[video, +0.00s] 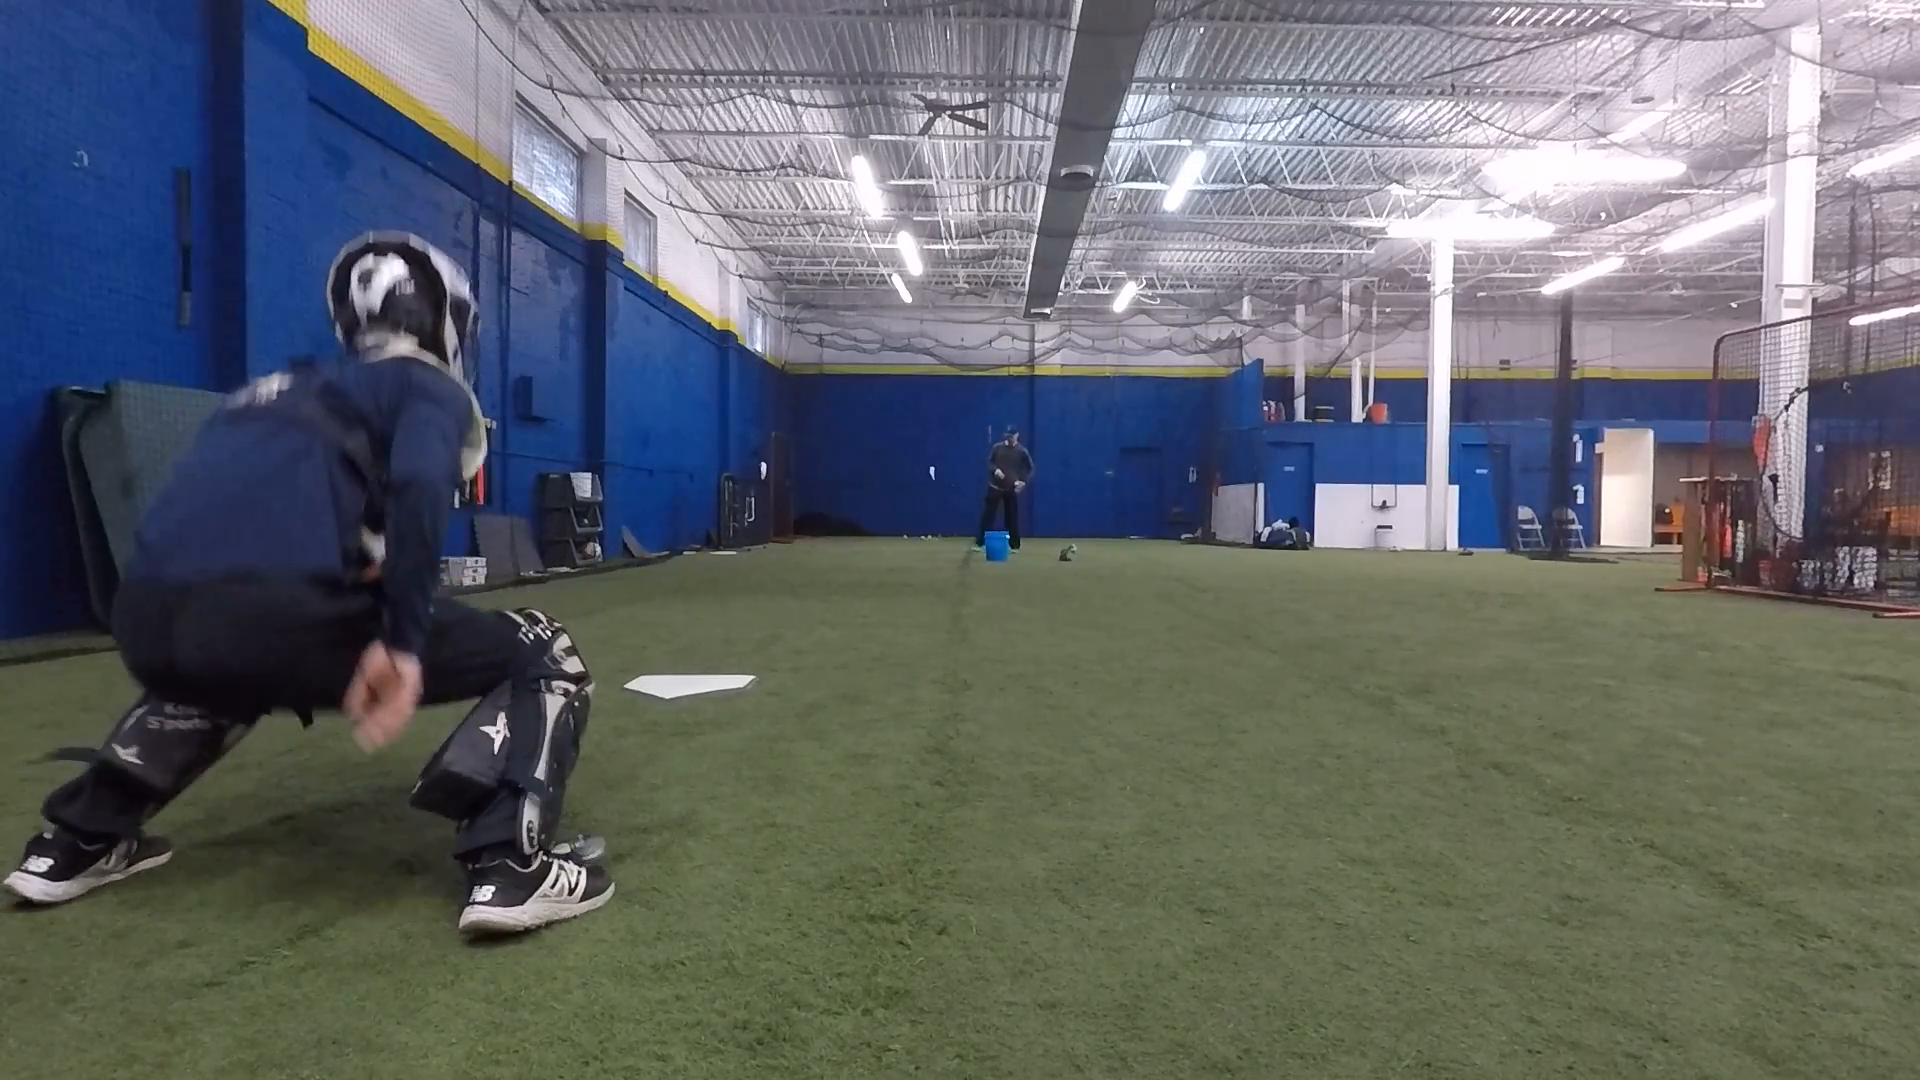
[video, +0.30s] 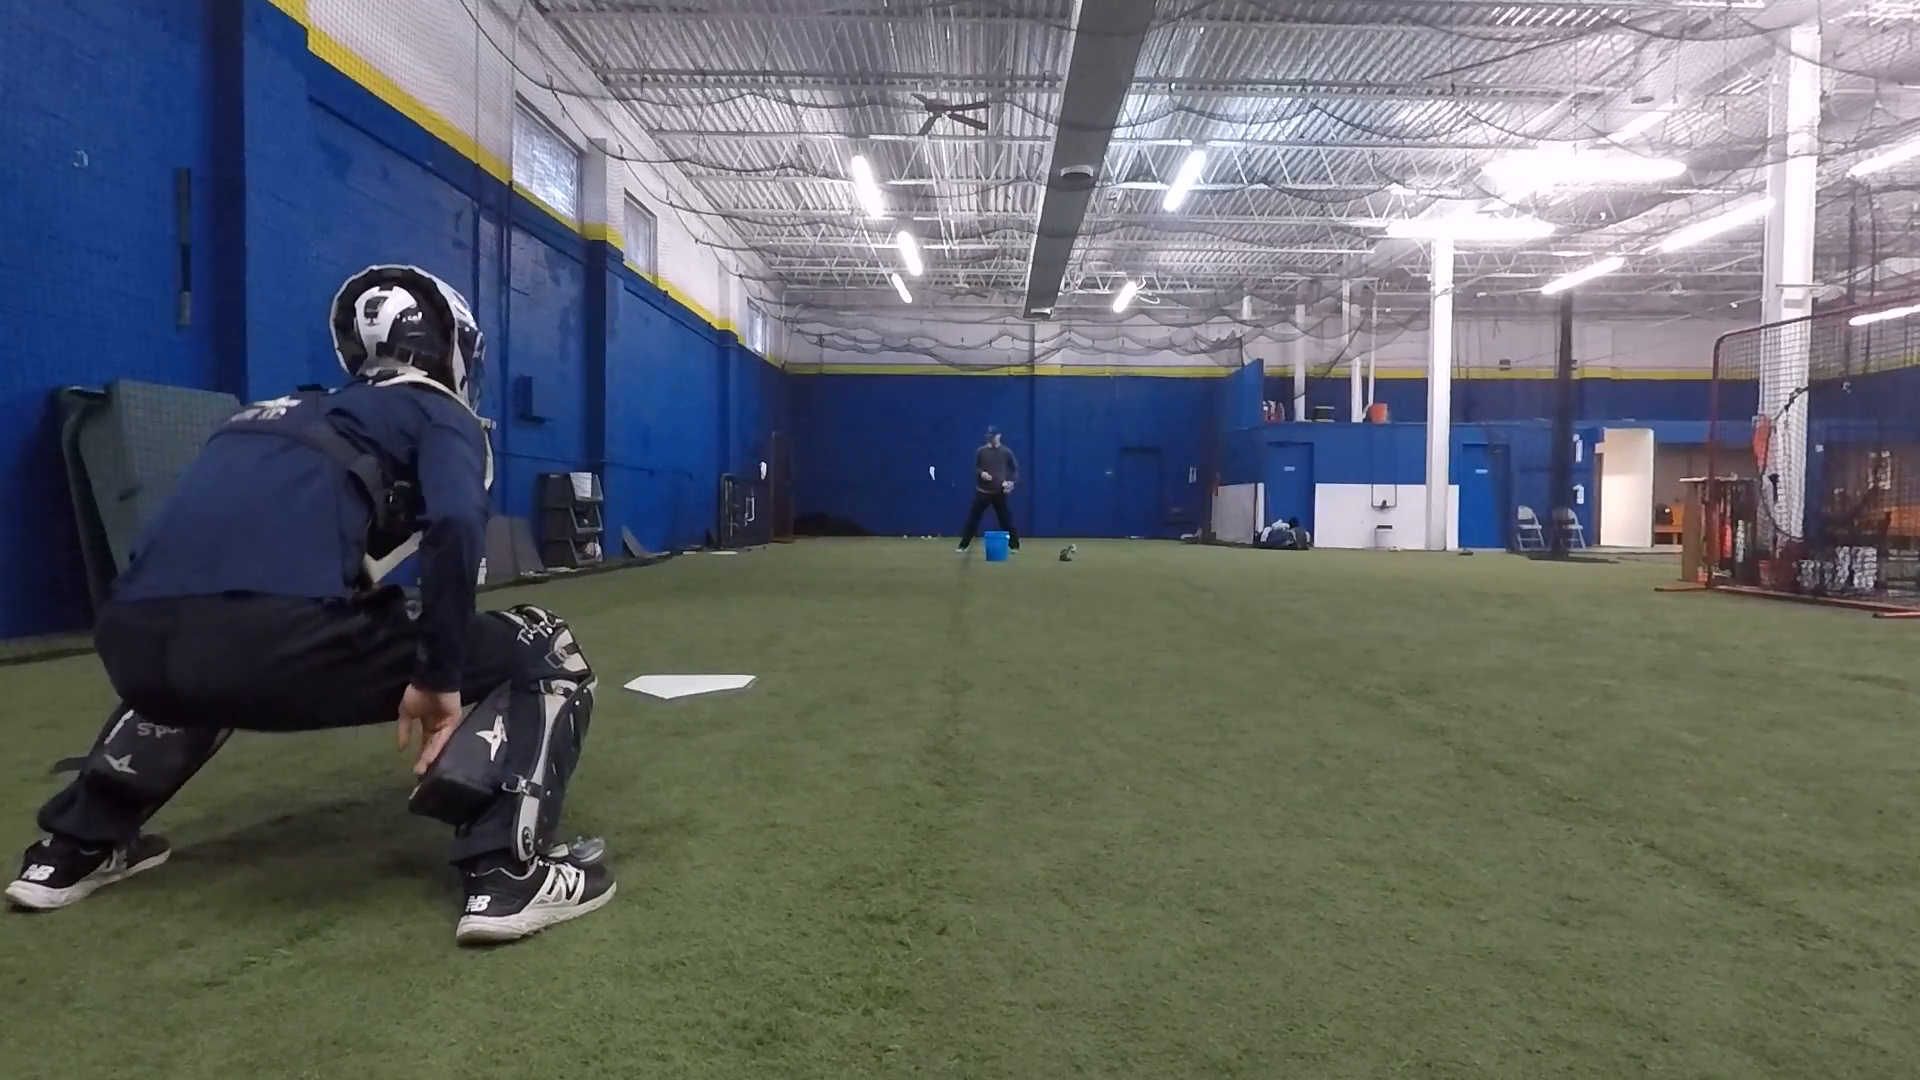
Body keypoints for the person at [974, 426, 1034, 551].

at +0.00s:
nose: (1009, 438)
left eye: (1012, 436)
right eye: (1007, 436)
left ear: (1017, 435)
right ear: (1004, 436)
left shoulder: (1022, 451)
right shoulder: (997, 448)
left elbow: (1031, 469)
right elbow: (990, 463)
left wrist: (1024, 482)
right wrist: (995, 470)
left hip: (1011, 489)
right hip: (995, 488)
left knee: (1012, 518)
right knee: (988, 515)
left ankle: (1014, 545)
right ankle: (980, 542)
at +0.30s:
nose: (991, 438)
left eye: (993, 436)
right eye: (989, 436)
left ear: (999, 436)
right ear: (987, 437)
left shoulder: (1006, 452)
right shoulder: (981, 451)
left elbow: (1014, 469)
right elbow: (976, 467)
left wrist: (1011, 482)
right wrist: (981, 473)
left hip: (999, 492)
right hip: (983, 492)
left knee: (1005, 520)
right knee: (973, 519)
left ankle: (1014, 545)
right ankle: (963, 544)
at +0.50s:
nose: (975, 438)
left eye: (977, 435)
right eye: (974, 436)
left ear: (983, 435)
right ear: (972, 437)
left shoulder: (993, 451)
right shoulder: (967, 452)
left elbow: (999, 467)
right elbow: (963, 466)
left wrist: (997, 478)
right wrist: (964, 473)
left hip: (987, 491)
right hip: (971, 491)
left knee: (996, 518)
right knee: (966, 520)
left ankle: (1009, 543)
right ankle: (963, 545)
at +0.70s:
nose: (967, 439)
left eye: (968, 436)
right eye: (965, 437)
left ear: (974, 435)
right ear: (962, 438)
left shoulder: (984, 450)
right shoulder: (959, 451)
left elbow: (991, 466)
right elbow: (956, 466)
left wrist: (983, 475)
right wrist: (956, 471)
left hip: (980, 489)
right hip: (965, 489)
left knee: (985, 514)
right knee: (964, 518)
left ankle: (990, 542)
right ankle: (962, 544)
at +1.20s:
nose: (966, 437)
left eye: (967, 434)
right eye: (964, 435)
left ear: (972, 434)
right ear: (961, 436)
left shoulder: (981, 449)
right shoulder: (957, 451)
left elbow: (989, 466)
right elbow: (953, 465)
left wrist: (978, 470)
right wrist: (954, 470)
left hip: (976, 489)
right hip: (962, 489)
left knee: (977, 517)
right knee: (962, 518)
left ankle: (981, 544)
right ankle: (962, 545)